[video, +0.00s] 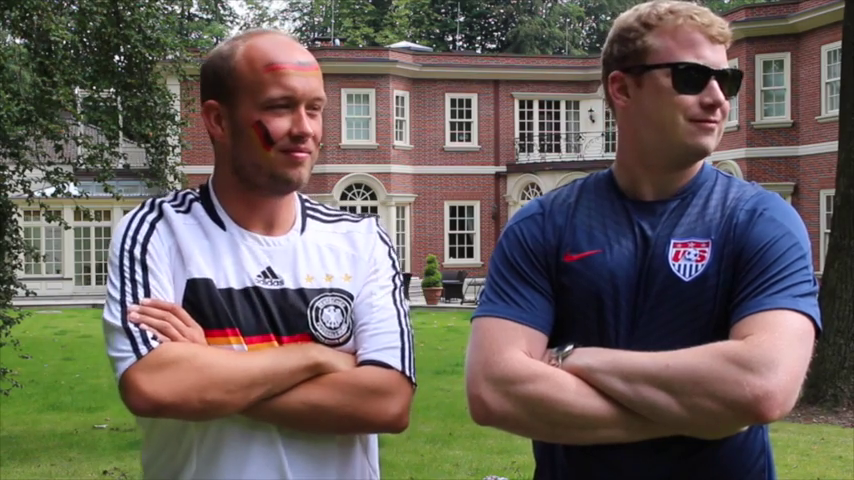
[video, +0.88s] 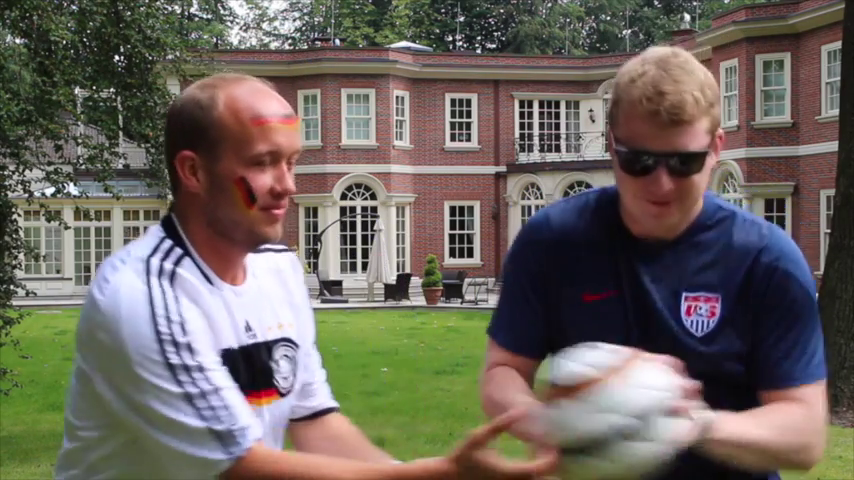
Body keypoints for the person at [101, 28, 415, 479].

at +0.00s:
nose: (305, 129)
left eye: (314, 109)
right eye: (280, 107)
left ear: (324, 117)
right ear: (216, 121)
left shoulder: (361, 239)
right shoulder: (152, 229)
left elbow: (389, 403)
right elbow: (146, 386)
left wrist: (214, 376)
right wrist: (318, 358)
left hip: (338, 475)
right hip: (201, 473)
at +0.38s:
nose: (294, 115)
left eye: (301, 98)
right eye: (269, 95)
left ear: (309, 109)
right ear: (204, 117)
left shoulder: (348, 240)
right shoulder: (140, 232)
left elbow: (403, 406)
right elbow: (125, 388)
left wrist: (248, 361)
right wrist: (289, 304)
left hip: (330, 474)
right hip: (191, 472)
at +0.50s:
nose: (288, 122)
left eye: (295, 103)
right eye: (263, 100)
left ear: (304, 110)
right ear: (197, 119)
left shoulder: (339, 242)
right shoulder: (136, 239)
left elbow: (405, 411)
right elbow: (169, 407)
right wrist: (342, 322)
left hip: (323, 475)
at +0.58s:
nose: (284, 132)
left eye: (290, 111)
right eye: (259, 111)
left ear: (298, 119)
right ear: (191, 128)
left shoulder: (329, 243)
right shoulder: (141, 256)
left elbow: (366, 383)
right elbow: (230, 414)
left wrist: (386, 421)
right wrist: (412, 404)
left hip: (316, 470)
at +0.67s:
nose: (283, 150)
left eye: (287, 129)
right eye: (256, 131)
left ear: (295, 132)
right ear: (188, 152)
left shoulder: (316, 252)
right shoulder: (158, 284)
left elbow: (362, 403)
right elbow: (299, 425)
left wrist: (459, 458)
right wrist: (495, 458)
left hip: (318, 472)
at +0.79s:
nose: (291, 180)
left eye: (296, 158)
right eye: (265, 159)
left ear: (303, 161)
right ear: (196, 176)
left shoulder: (299, 268)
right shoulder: (163, 308)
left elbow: (348, 416)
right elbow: (304, 450)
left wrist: (447, 475)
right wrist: (517, 461)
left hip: (262, 466)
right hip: (148, 467)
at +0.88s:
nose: (287, 186)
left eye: (291, 162)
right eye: (263, 164)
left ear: (295, 160)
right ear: (190, 174)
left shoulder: (279, 272)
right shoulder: (137, 296)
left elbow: (314, 420)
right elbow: (242, 463)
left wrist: (415, 477)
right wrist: (441, 471)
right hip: (132, 472)